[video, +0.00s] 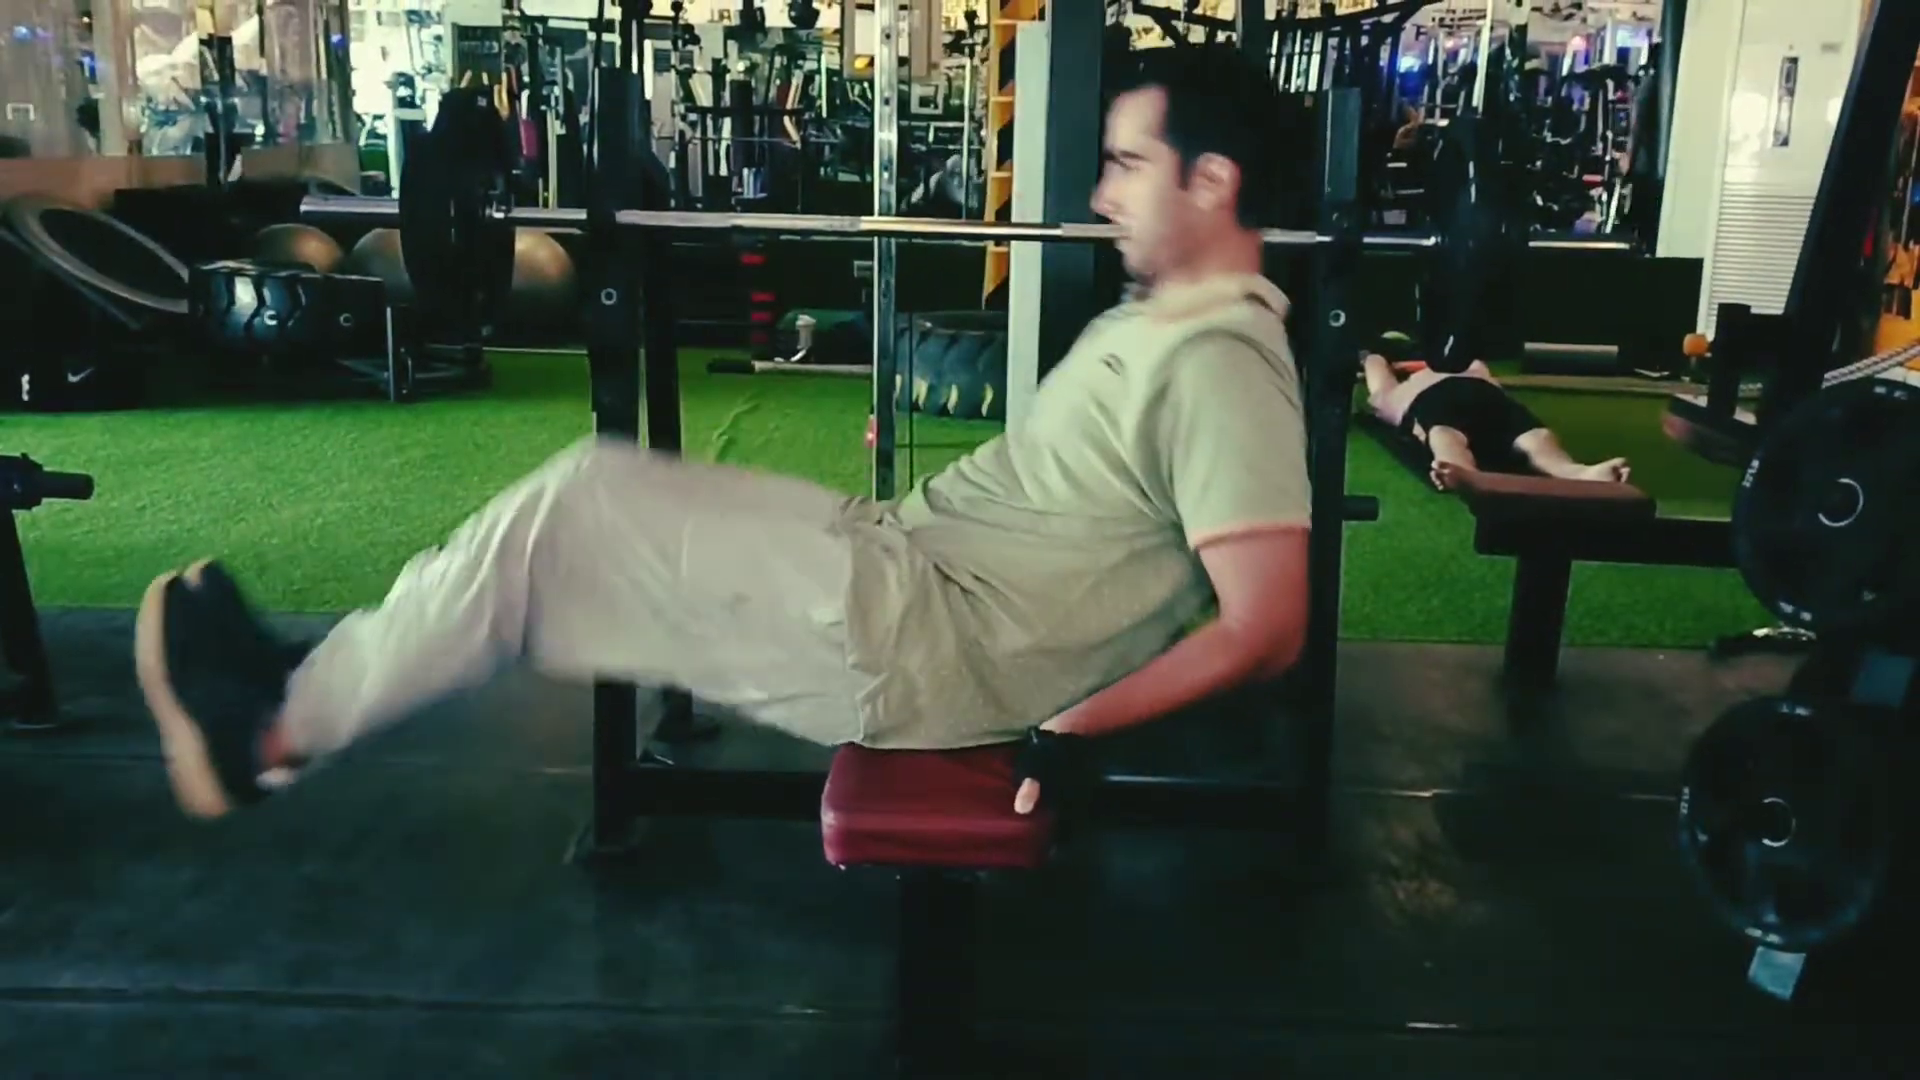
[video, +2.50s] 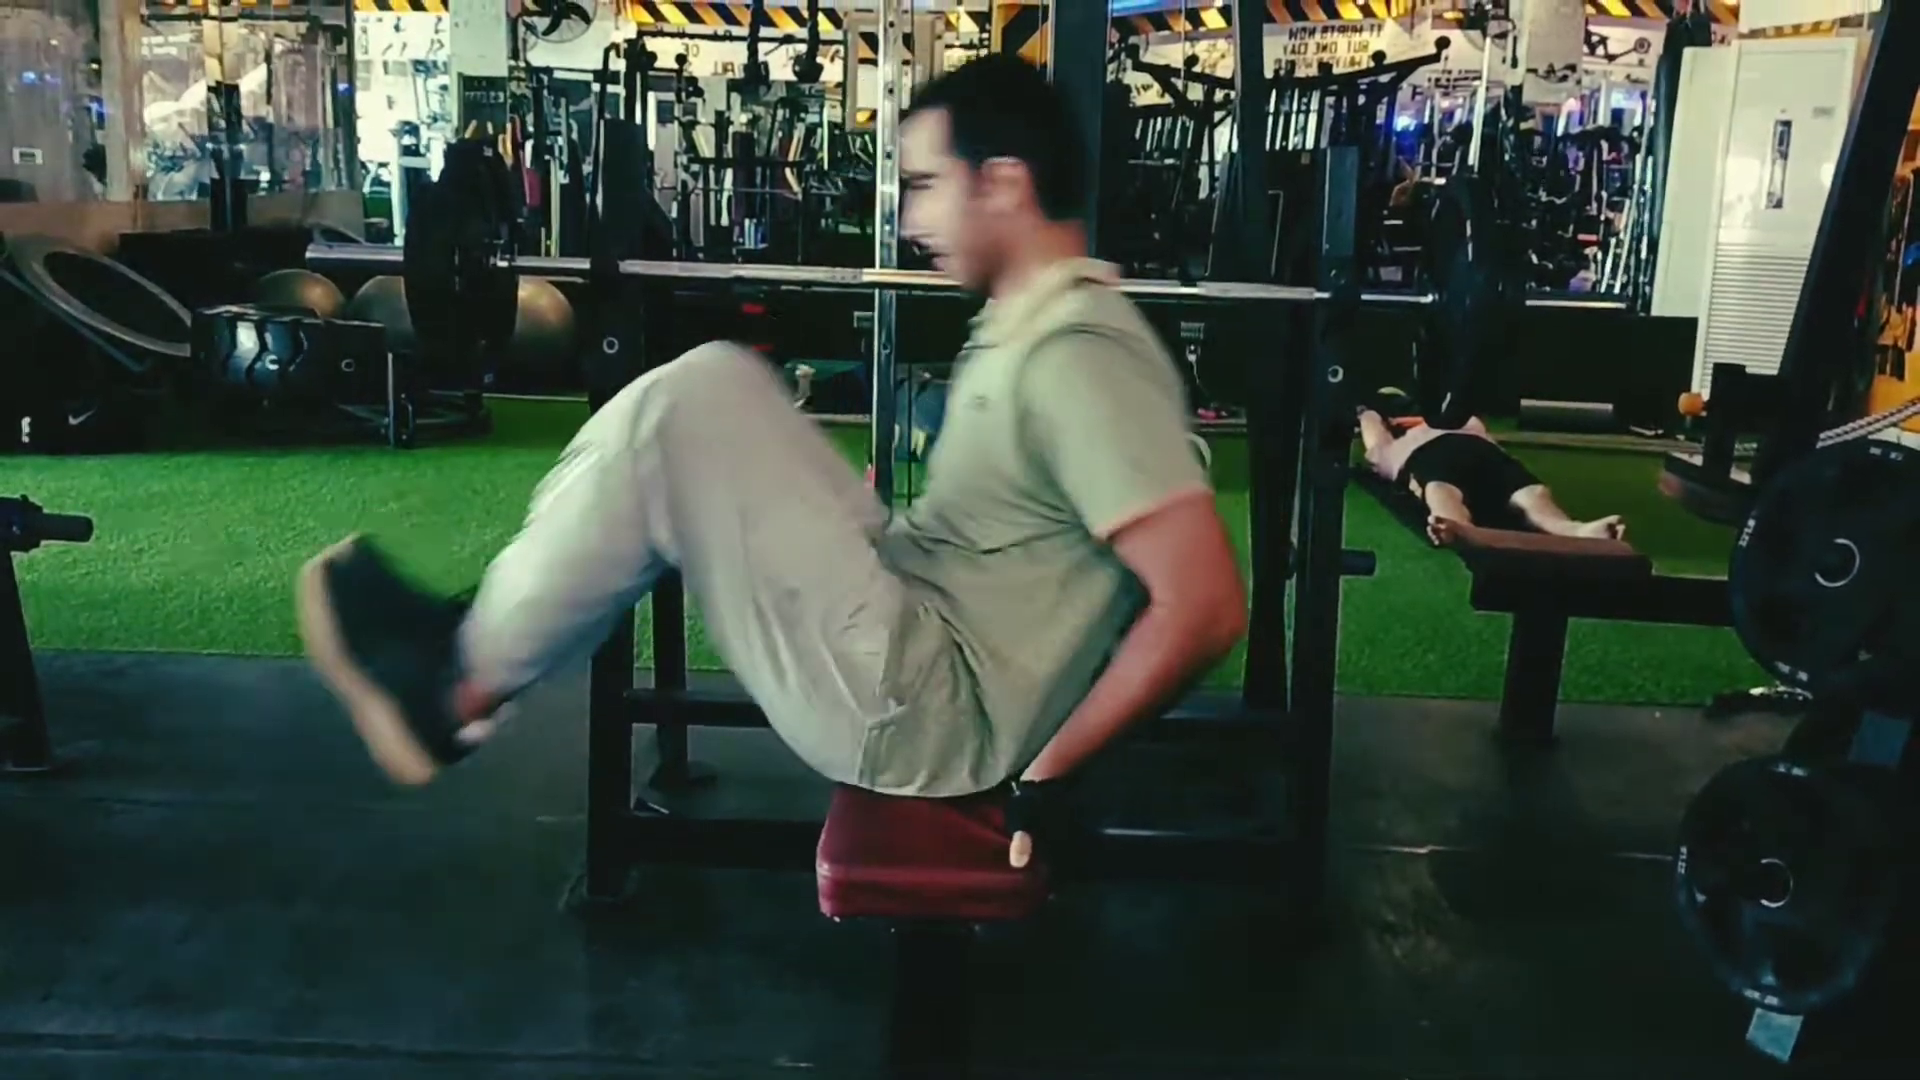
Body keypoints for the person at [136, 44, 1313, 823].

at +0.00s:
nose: (1104, 197)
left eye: (1129, 168)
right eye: (1108, 169)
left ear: (1218, 184)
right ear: (1202, 188)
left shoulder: (1220, 354)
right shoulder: (1168, 324)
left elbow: (1268, 622)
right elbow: (1206, 575)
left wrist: (1084, 723)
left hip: (939, 640)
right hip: (910, 580)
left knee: (579, 510)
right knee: (588, 488)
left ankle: (262, 743)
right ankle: (297, 690)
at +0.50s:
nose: (896, 181)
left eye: (911, 146)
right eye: (894, 150)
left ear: (995, 147)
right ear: (989, 150)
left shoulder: (1066, 309)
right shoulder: (1019, 293)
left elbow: (1190, 564)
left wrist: (1039, 744)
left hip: (937, 680)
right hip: (918, 646)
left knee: (730, 345)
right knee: (717, 348)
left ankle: (483, 632)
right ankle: (486, 610)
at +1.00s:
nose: (1137, 234)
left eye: (1161, 208)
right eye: (1141, 208)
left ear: (1249, 226)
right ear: (1229, 231)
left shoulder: (1252, 393)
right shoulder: (1191, 363)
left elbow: (1271, 667)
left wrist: (1058, 761)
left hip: (931, 661)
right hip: (903, 590)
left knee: (566, 603)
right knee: (587, 559)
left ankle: (250, 810)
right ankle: (287, 762)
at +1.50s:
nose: (853, 195)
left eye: (864, 162)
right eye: (850, 164)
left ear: (941, 161)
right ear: (944, 163)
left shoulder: (1036, 322)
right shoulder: (992, 303)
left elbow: (1178, 571)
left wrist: (1034, 761)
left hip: (937, 705)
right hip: (924, 676)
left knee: (772, 341)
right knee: (779, 333)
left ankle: (524, 622)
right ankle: (539, 593)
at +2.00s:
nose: (1106, 237)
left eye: (1129, 209)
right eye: (1111, 211)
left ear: (1216, 227)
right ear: (1206, 229)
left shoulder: (1222, 391)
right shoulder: (1182, 357)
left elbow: (1264, 663)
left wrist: (1058, 769)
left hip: (912, 678)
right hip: (882, 601)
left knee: (552, 628)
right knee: (574, 575)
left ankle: (254, 856)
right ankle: (293, 810)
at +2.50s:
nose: (902, 218)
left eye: (919, 186)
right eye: (900, 190)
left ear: (1008, 185)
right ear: (998, 189)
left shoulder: (1076, 342)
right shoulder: (1029, 329)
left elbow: (1201, 602)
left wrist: (1036, 784)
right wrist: (879, 530)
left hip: (935, 712)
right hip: (912, 670)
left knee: (704, 394)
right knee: (698, 398)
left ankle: (460, 692)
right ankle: (467, 666)